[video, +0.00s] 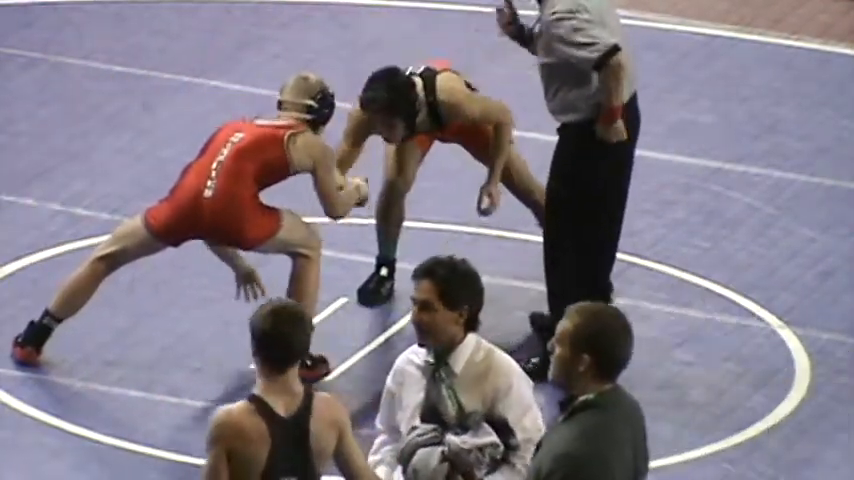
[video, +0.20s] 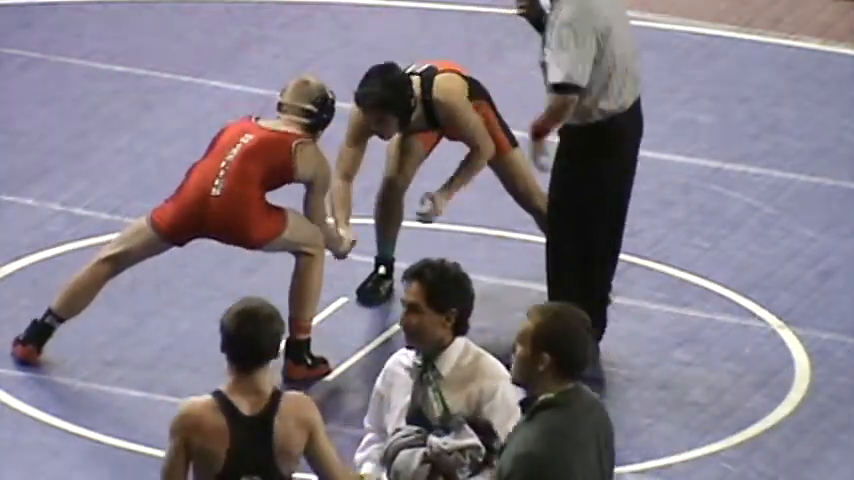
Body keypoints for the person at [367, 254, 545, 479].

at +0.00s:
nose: (415, 318)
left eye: (426, 309)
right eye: (414, 306)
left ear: (461, 315)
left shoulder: (503, 373)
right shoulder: (407, 364)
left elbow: (527, 452)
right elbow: (388, 436)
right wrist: (383, 473)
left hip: (476, 473)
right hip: (412, 472)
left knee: (427, 460)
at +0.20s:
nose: (402, 319)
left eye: (414, 311)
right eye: (404, 308)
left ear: (448, 320)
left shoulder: (490, 377)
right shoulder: (397, 365)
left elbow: (508, 457)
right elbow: (374, 435)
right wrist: (373, 472)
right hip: (396, 473)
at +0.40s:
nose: (384, 317)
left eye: (395, 308)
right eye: (385, 306)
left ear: (429, 318)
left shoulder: (467, 368)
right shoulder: (376, 367)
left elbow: (480, 438)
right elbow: (356, 440)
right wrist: (349, 474)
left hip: (445, 474)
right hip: (382, 473)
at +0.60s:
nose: (353, 318)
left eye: (364, 307)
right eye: (354, 306)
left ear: (399, 315)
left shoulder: (437, 363)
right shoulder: (342, 370)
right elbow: (323, 444)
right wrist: (320, 474)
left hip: (423, 472)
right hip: (358, 472)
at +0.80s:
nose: (328, 315)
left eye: (339, 306)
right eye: (326, 304)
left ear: (374, 310)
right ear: (322, 301)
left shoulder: (413, 357)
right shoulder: (307, 372)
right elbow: (297, 459)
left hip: (404, 471)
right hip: (336, 473)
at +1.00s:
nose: (312, 318)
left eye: (323, 307)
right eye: (308, 306)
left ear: (357, 307)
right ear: (303, 305)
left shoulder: (388, 355)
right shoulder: (290, 368)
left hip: (378, 470)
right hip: (315, 473)